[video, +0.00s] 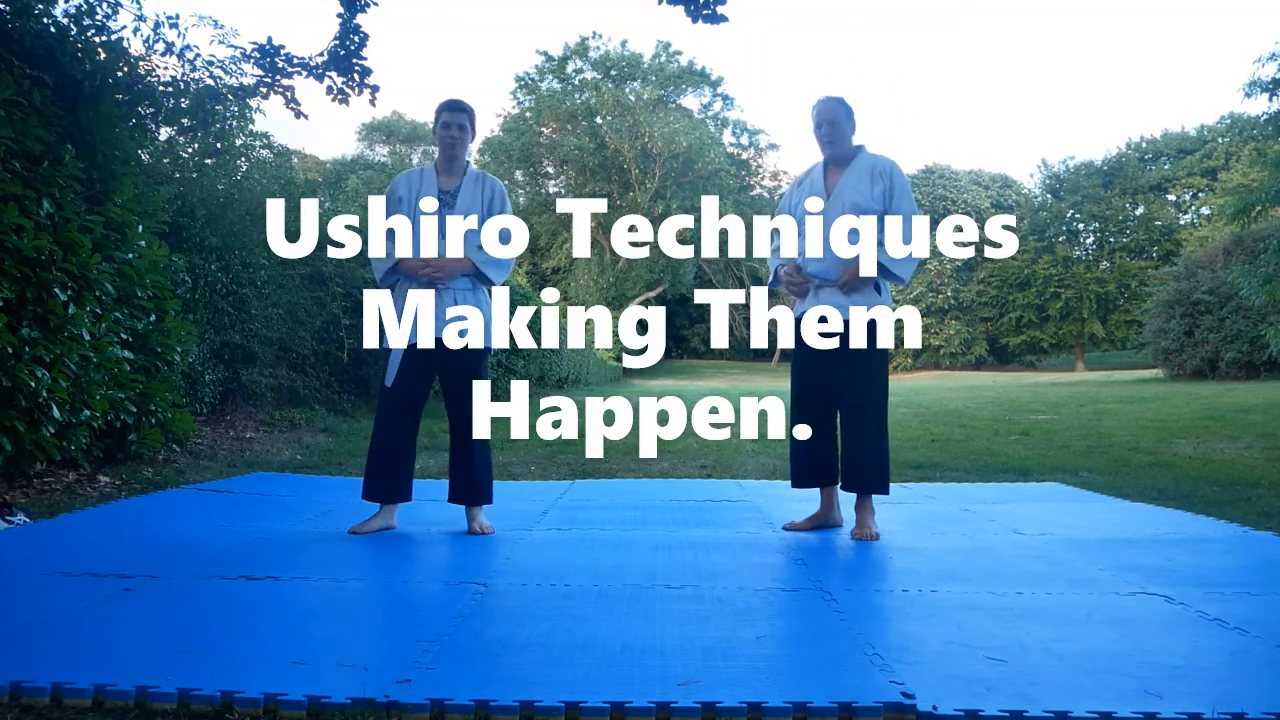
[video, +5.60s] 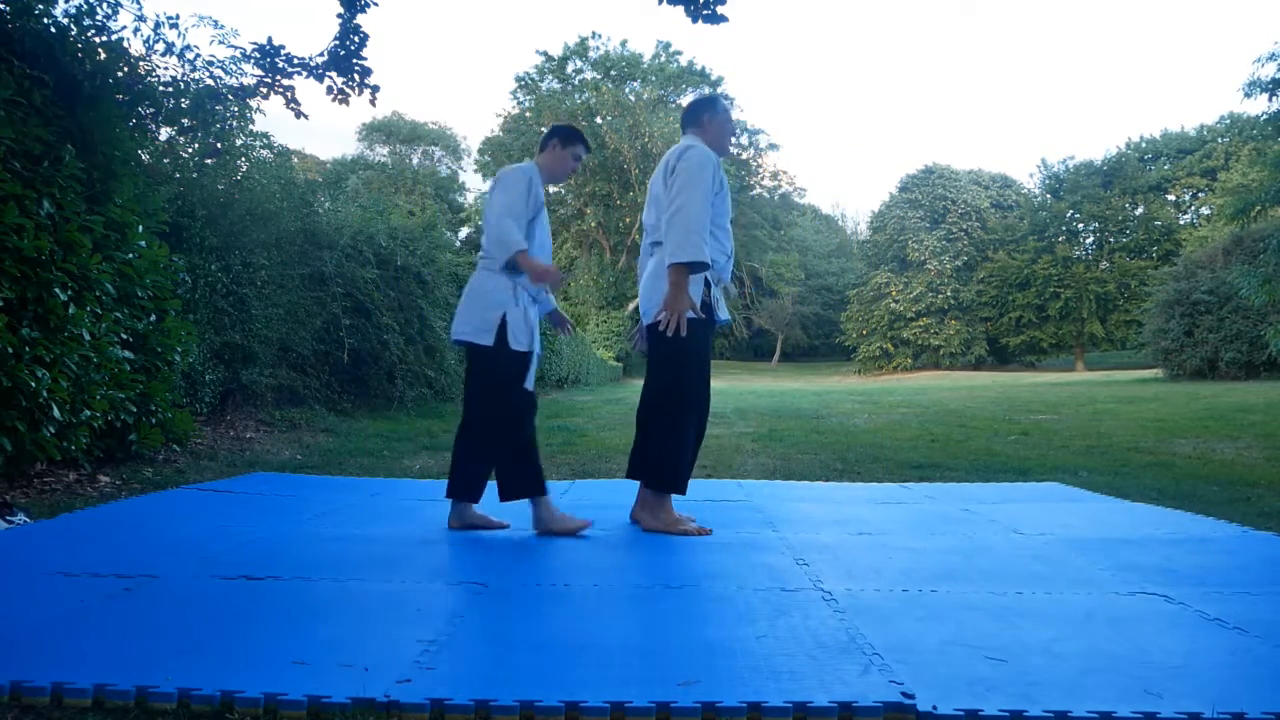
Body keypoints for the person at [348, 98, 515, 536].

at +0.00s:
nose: (452, 133)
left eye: (460, 127)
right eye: (446, 126)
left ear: (473, 137)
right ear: (434, 132)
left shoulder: (490, 188)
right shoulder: (405, 183)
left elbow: (501, 253)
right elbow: (382, 249)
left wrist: (458, 264)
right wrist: (413, 269)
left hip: (468, 316)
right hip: (411, 314)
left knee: (469, 412)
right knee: (396, 409)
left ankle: (475, 509)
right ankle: (387, 509)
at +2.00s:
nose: (456, 137)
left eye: (464, 131)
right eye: (449, 129)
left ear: (475, 139)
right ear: (435, 133)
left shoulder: (492, 190)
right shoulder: (406, 186)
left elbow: (504, 259)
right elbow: (389, 256)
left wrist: (457, 274)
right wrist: (421, 277)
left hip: (470, 322)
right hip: (414, 320)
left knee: (473, 415)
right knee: (399, 411)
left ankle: (475, 512)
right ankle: (387, 510)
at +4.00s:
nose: (452, 137)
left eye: (460, 131)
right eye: (446, 129)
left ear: (472, 139)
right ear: (433, 134)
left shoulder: (491, 190)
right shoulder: (405, 186)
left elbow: (503, 256)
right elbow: (383, 246)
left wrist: (457, 275)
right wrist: (412, 276)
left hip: (469, 321)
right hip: (413, 319)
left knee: (472, 420)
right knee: (397, 415)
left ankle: (475, 513)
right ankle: (387, 510)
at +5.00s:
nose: (514, 160)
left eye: (517, 153)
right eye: (512, 150)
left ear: (499, 147)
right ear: (489, 140)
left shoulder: (497, 203)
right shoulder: (439, 178)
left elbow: (496, 266)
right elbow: (410, 238)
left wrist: (502, 317)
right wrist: (432, 290)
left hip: (475, 325)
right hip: (424, 317)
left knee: (478, 412)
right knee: (400, 413)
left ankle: (463, 508)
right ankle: (386, 510)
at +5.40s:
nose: (557, 168)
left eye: (562, 163)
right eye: (557, 158)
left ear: (544, 154)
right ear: (536, 145)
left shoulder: (528, 207)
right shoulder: (496, 174)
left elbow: (523, 272)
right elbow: (468, 221)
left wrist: (531, 318)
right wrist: (463, 268)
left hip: (502, 320)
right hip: (471, 311)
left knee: (490, 409)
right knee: (466, 406)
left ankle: (465, 503)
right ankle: (455, 503)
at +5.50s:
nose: (567, 170)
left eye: (572, 164)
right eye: (567, 159)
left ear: (551, 155)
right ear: (545, 147)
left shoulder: (532, 199)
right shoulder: (510, 175)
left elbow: (529, 269)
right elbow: (486, 223)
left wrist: (541, 314)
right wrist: (501, 268)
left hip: (507, 315)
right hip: (491, 310)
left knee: (478, 408)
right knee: (505, 406)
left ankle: (461, 506)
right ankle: (512, 509)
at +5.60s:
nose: (573, 170)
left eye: (578, 164)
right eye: (573, 159)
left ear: (554, 152)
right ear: (552, 147)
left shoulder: (533, 190)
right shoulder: (519, 175)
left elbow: (528, 262)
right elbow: (500, 229)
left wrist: (549, 308)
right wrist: (531, 263)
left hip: (511, 310)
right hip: (499, 307)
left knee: (483, 407)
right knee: (517, 408)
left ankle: (462, 506)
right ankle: (543, 511)